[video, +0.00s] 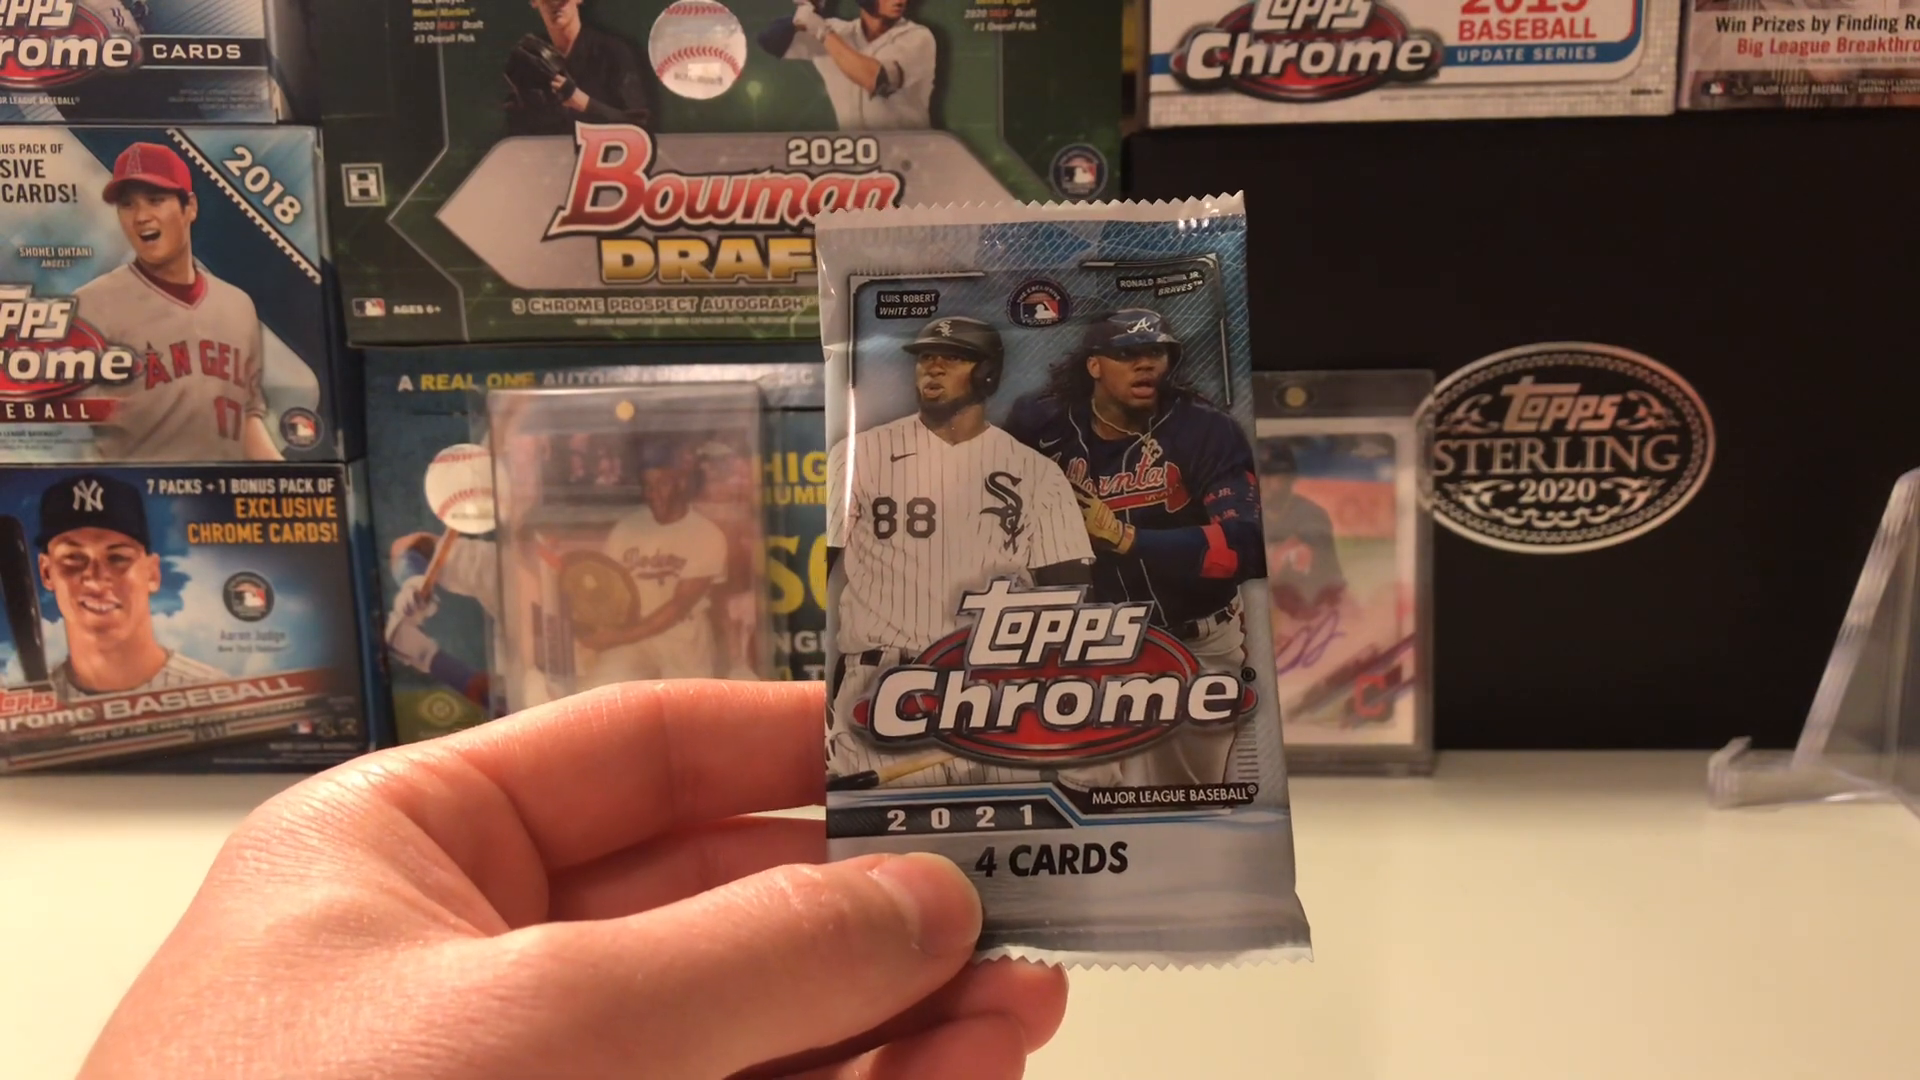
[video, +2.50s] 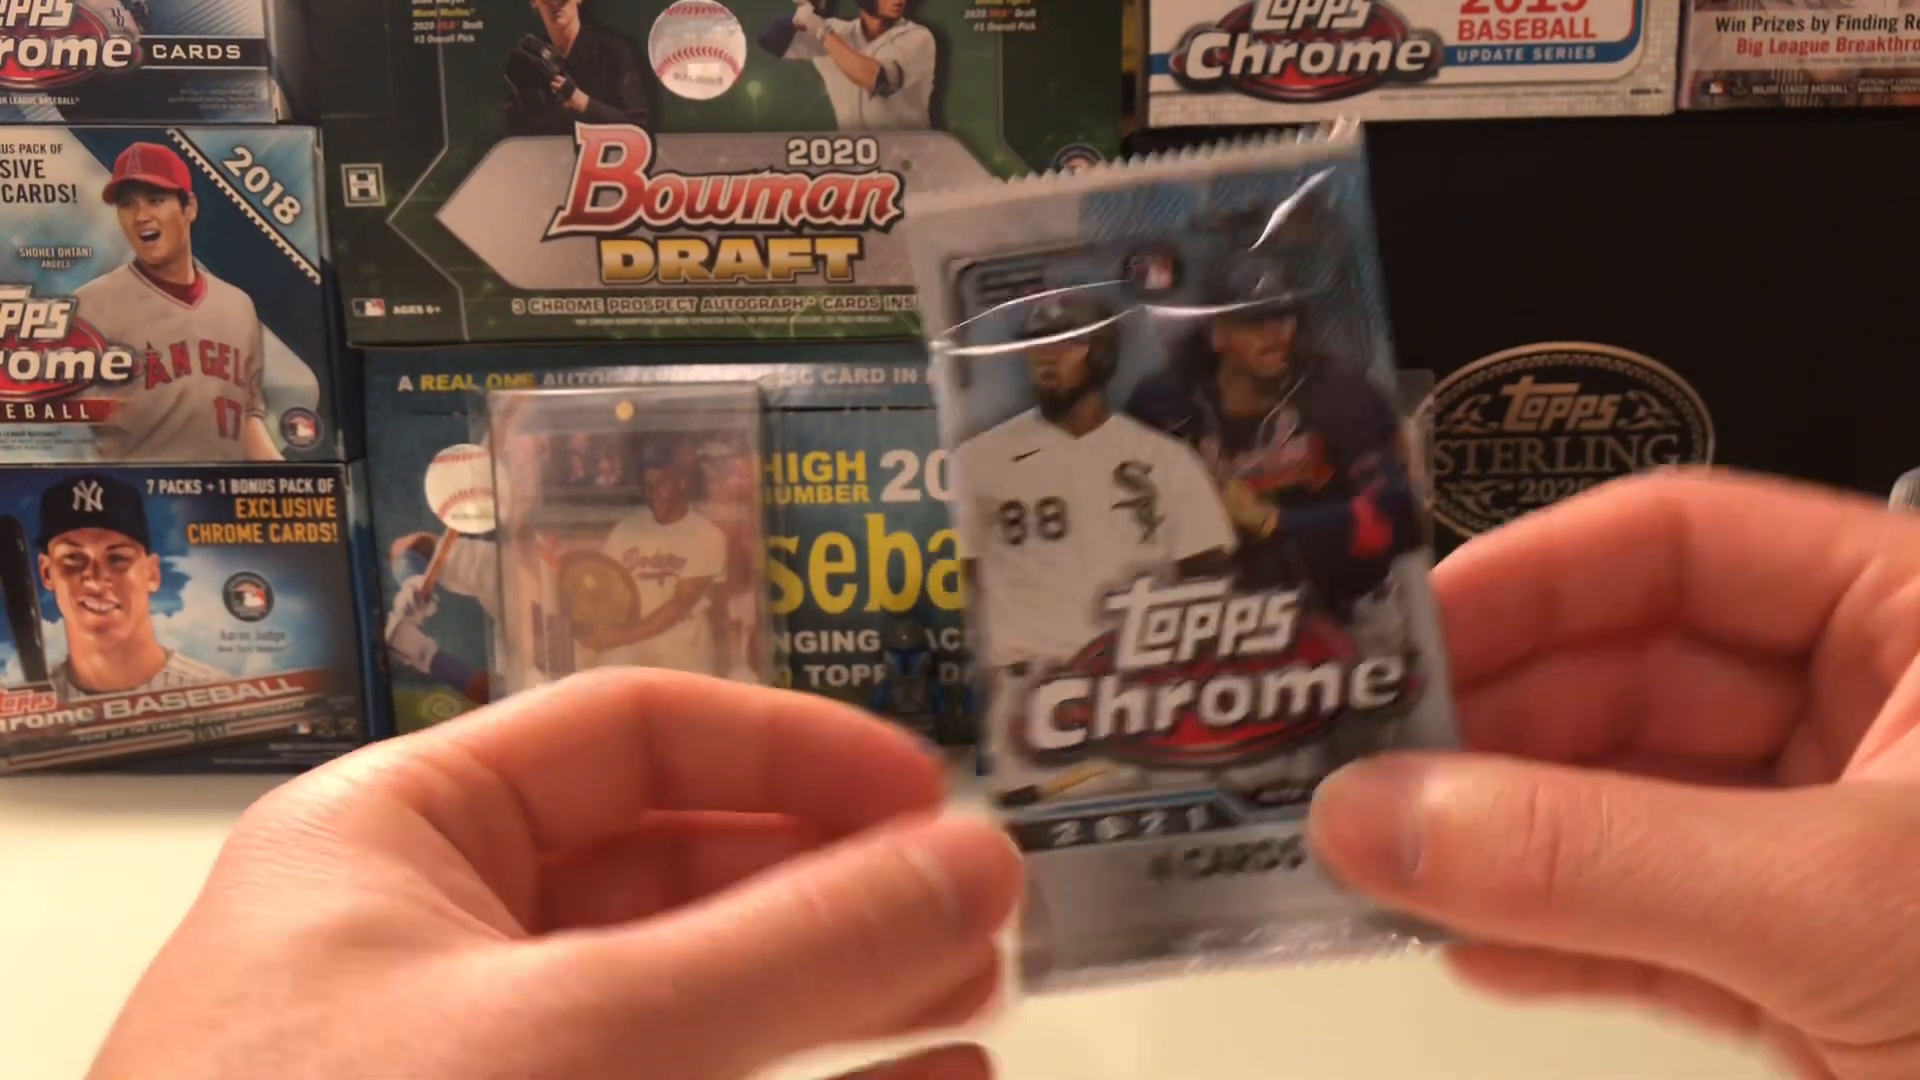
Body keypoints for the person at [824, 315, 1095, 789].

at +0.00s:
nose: (932, 369)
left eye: (950, 358)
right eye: (925, 357)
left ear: (985, 373)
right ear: (915, 367)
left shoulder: (1037, 475)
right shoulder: (856, 459)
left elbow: (1066, 597)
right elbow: (827, 575)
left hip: (992, 699)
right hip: (873, 697)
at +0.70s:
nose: (971, 376)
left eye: (989, 365)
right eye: (964, 365)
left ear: (1025, 381)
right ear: (954, 375)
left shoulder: (1080, 484)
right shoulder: (897, 468)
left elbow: (1113, 608)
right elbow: (857, 591)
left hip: (1038, 717)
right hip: (917, 715)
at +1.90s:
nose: (1032, 370)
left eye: (1051, 360)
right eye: (1025, 359)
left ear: (1087, 377)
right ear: (1014, 369)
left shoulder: (1145, 483)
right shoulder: (957, 464)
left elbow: (1178, 611)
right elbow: (910, 593)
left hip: (1100, 716)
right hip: (979, 714)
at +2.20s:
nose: (1028, 369)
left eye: (1046, 359)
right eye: (1021, 358)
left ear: (1083, 375)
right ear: (1010, 368)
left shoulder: (1139, 478)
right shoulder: (951, 462)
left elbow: (1172, 606)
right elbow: (912, 588)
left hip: (1099, 717)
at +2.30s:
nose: (1038, 376)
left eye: (1055, 366)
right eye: (1031, 365)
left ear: (1091, 382)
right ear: (1020, 375)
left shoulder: (1147, 485)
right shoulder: (959, 468)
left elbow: (1183, 611)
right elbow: (934, 593)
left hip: (1102, 711)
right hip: (982, 710)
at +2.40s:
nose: (1045, 379)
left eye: (1062, 368)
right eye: (1037, 368)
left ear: (1098, 384)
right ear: (1027, 378)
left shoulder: (1156, 486)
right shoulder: (970, 471)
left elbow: (1191, 613)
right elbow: (946, 594)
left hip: (1111, 714)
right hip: (993, 714)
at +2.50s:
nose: (1044, 357)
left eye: (1063, 343)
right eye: (1035, 345)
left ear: (1102, 353)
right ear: (1023, 355)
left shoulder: (1168, 462)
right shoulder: (980, 462)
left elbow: (1210, 591)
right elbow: (972, 593)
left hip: (1142, 732)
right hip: (1022, 738)